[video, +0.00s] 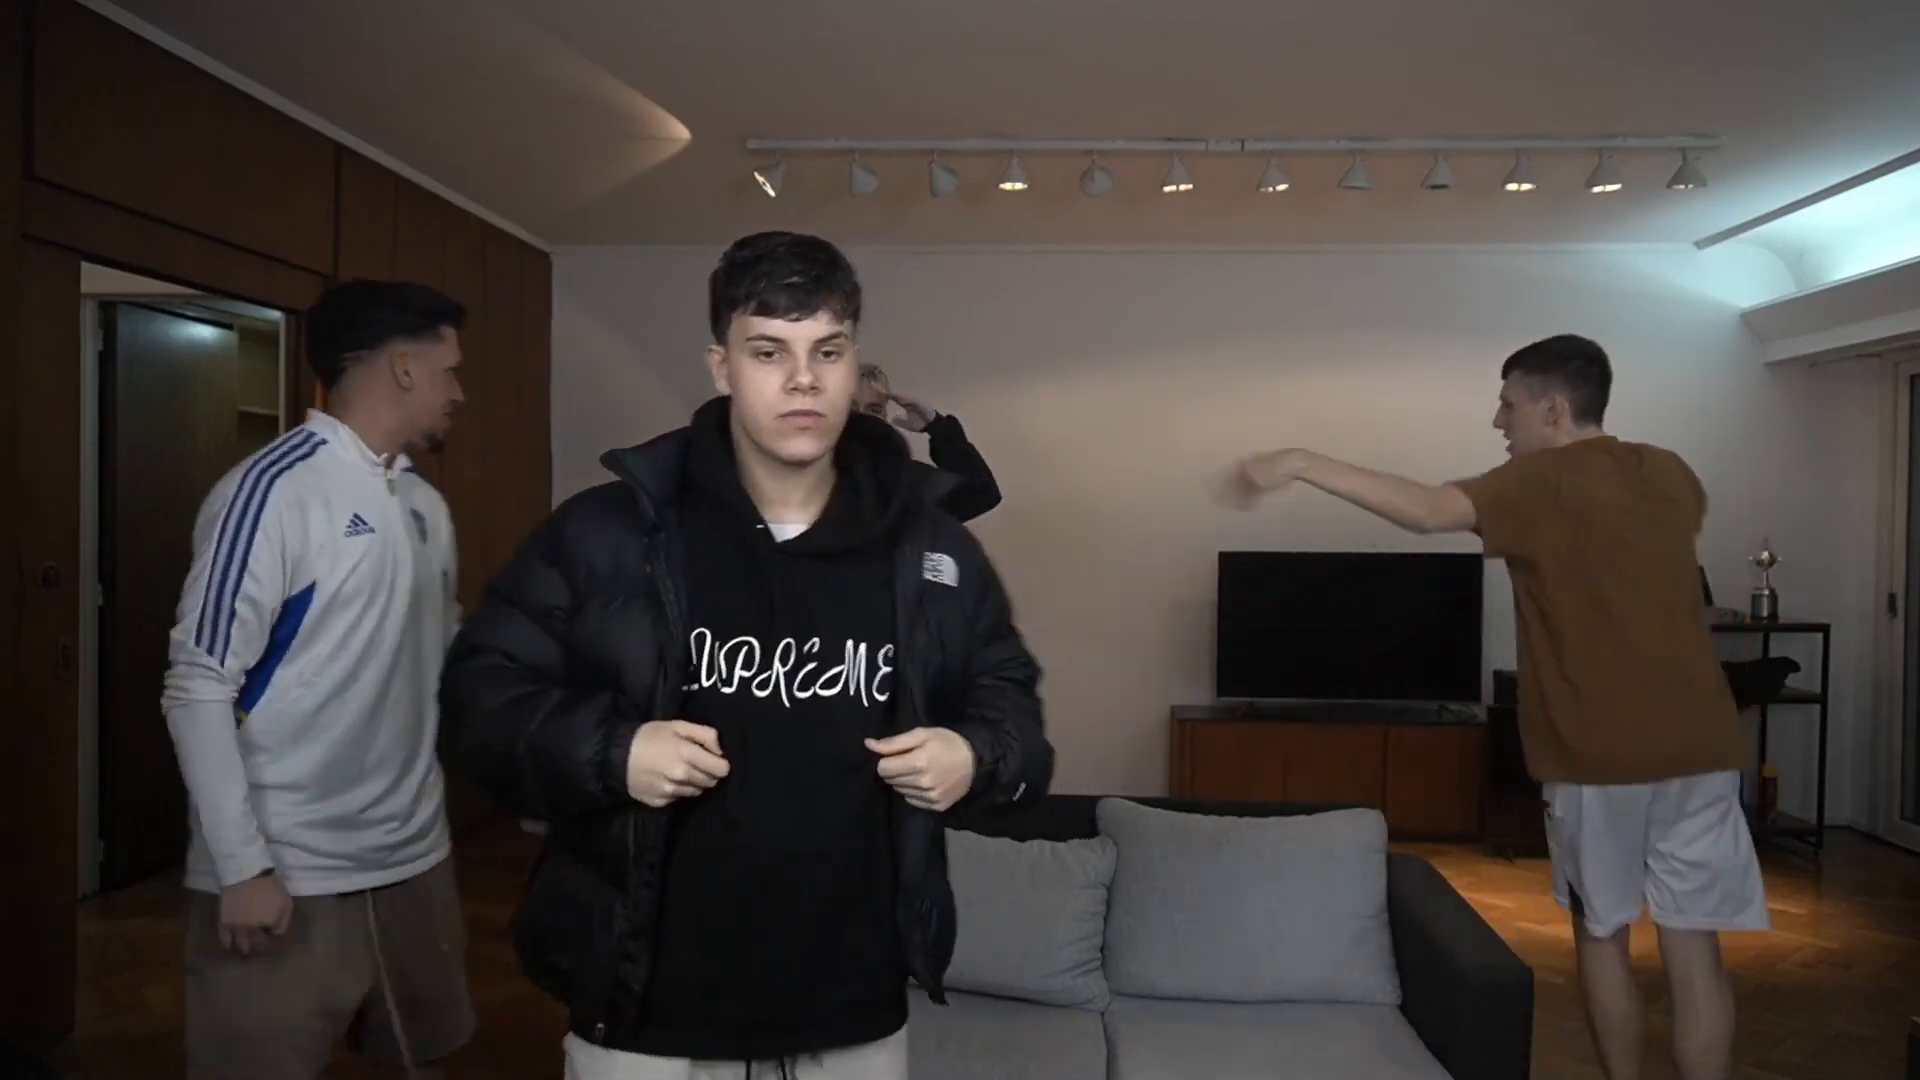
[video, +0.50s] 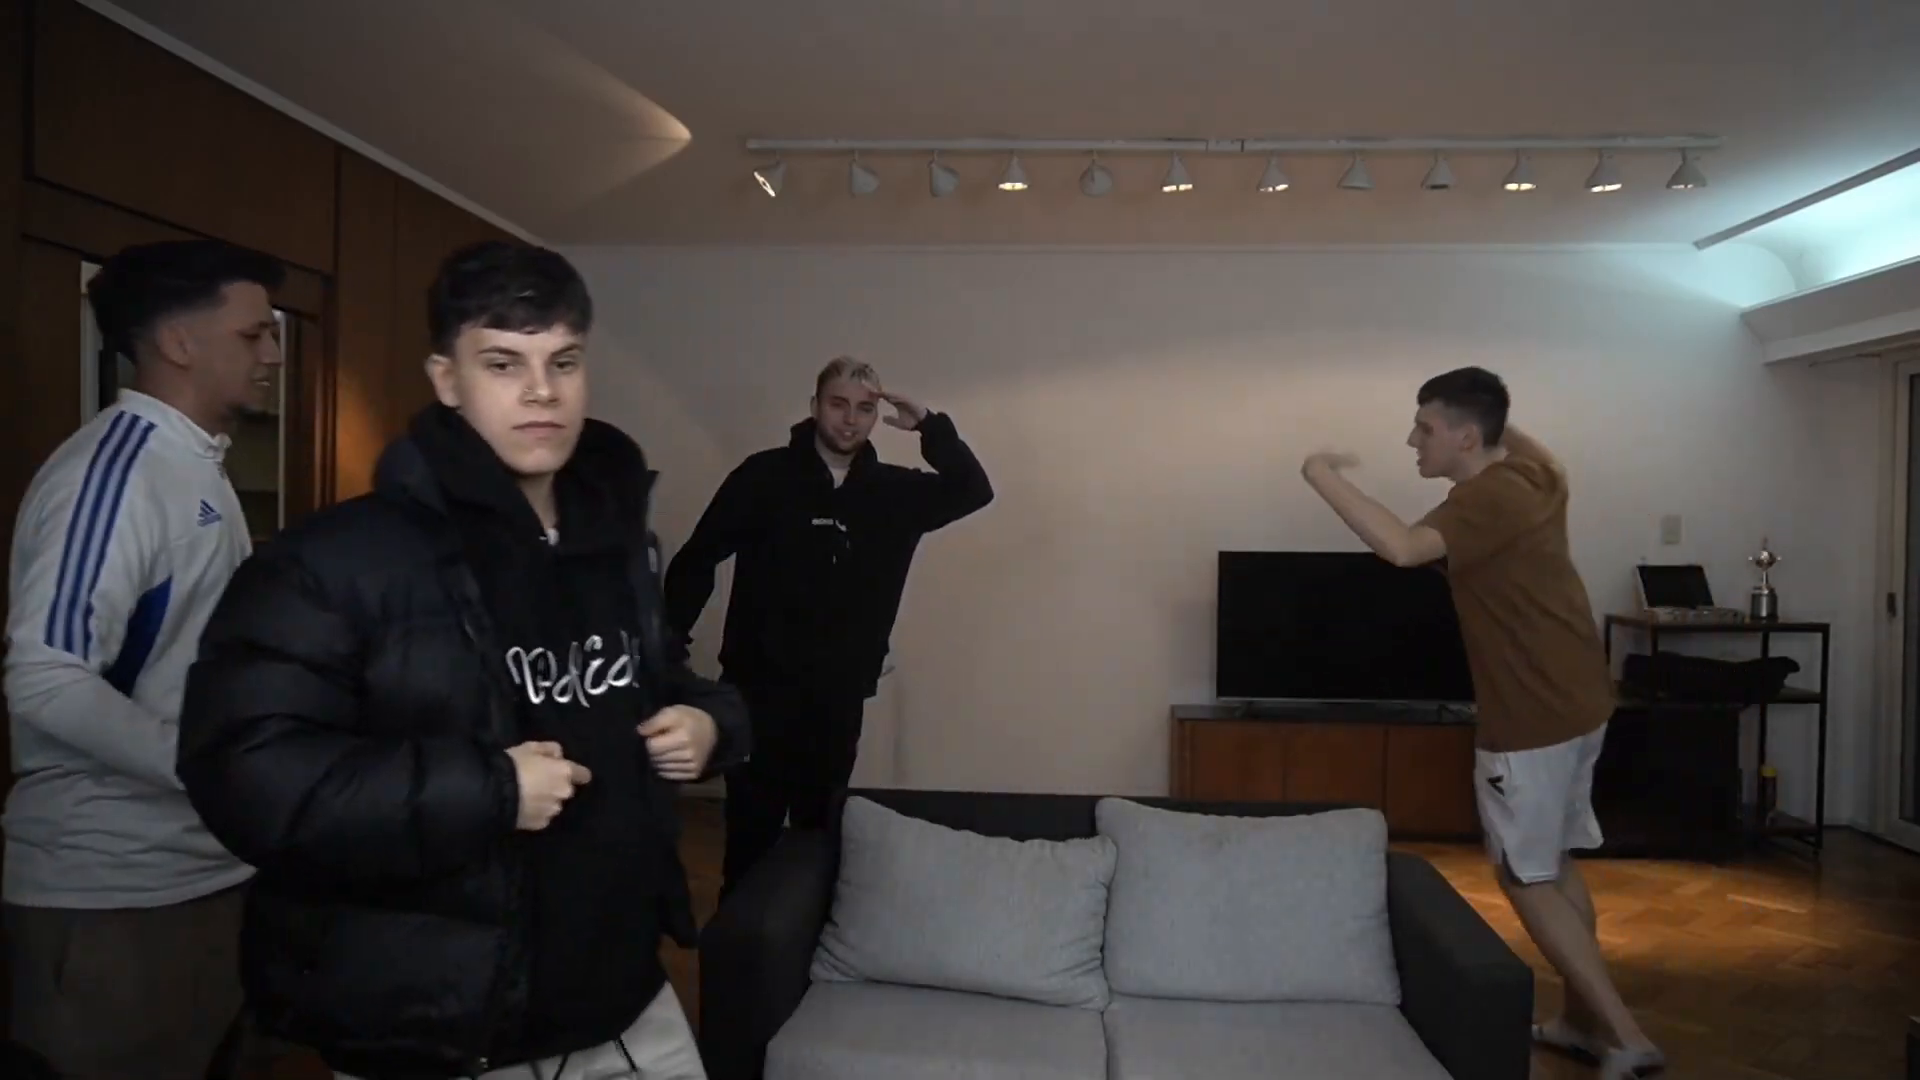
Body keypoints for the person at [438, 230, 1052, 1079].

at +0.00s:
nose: (802, 383)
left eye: (828, 354)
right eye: (770, 354)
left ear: (858, 366)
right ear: (721, 366)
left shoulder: (927, 545)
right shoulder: (610, 532)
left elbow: (1016, 724)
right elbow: (478, 697)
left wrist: (975, 757)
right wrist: (610, 749)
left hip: (850, 1009)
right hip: (650, 1009)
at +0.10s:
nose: (754, 387)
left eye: (779, 358)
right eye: (720, 359)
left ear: (806, 369)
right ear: (669, 373)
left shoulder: (869, 539)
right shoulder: (561, 544)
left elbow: (958, 713)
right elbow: (431, 721)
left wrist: (943, 747)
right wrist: (603, 764)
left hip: (819, 1012)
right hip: (620, 1017)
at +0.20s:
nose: (693, 394)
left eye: (718, 365)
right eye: (658, 366)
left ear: (744, 375)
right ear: (607, 380)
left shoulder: (802, 546)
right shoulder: (499, 557)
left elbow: (872, 697)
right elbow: (375, 739)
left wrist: (893, 742)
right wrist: (576, 778)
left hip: (766, 1013)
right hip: (568, 1024)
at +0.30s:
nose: (630, 400)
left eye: (655, 372)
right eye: (594, 373)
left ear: (682, 384)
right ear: (540, 389)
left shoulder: (732, 555)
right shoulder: (433, 574)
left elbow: (809, 699)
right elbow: (322, 768)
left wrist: (827, 743)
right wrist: (542, 791)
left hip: (705, 1013)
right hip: (514, 1027)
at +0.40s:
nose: (581, 398)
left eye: (604, 369)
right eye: (542, 371)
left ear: (629, 378)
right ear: (487, 386)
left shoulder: (665, 552)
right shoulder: (385, 573)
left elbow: (723, 696)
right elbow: (280, 770)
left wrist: (768, 741)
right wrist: (511, 794)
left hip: (658, 1013)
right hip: (471, 1029)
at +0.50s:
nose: (543, 392)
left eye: (564, 363)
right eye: (503, 364)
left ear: (587, 371)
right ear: (446, 377)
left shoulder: (612, 545)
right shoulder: (337, 566)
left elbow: (664, 682)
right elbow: (248, 772)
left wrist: (714, 726)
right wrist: (484, 788)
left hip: (615, 1002)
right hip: (425, 1022)